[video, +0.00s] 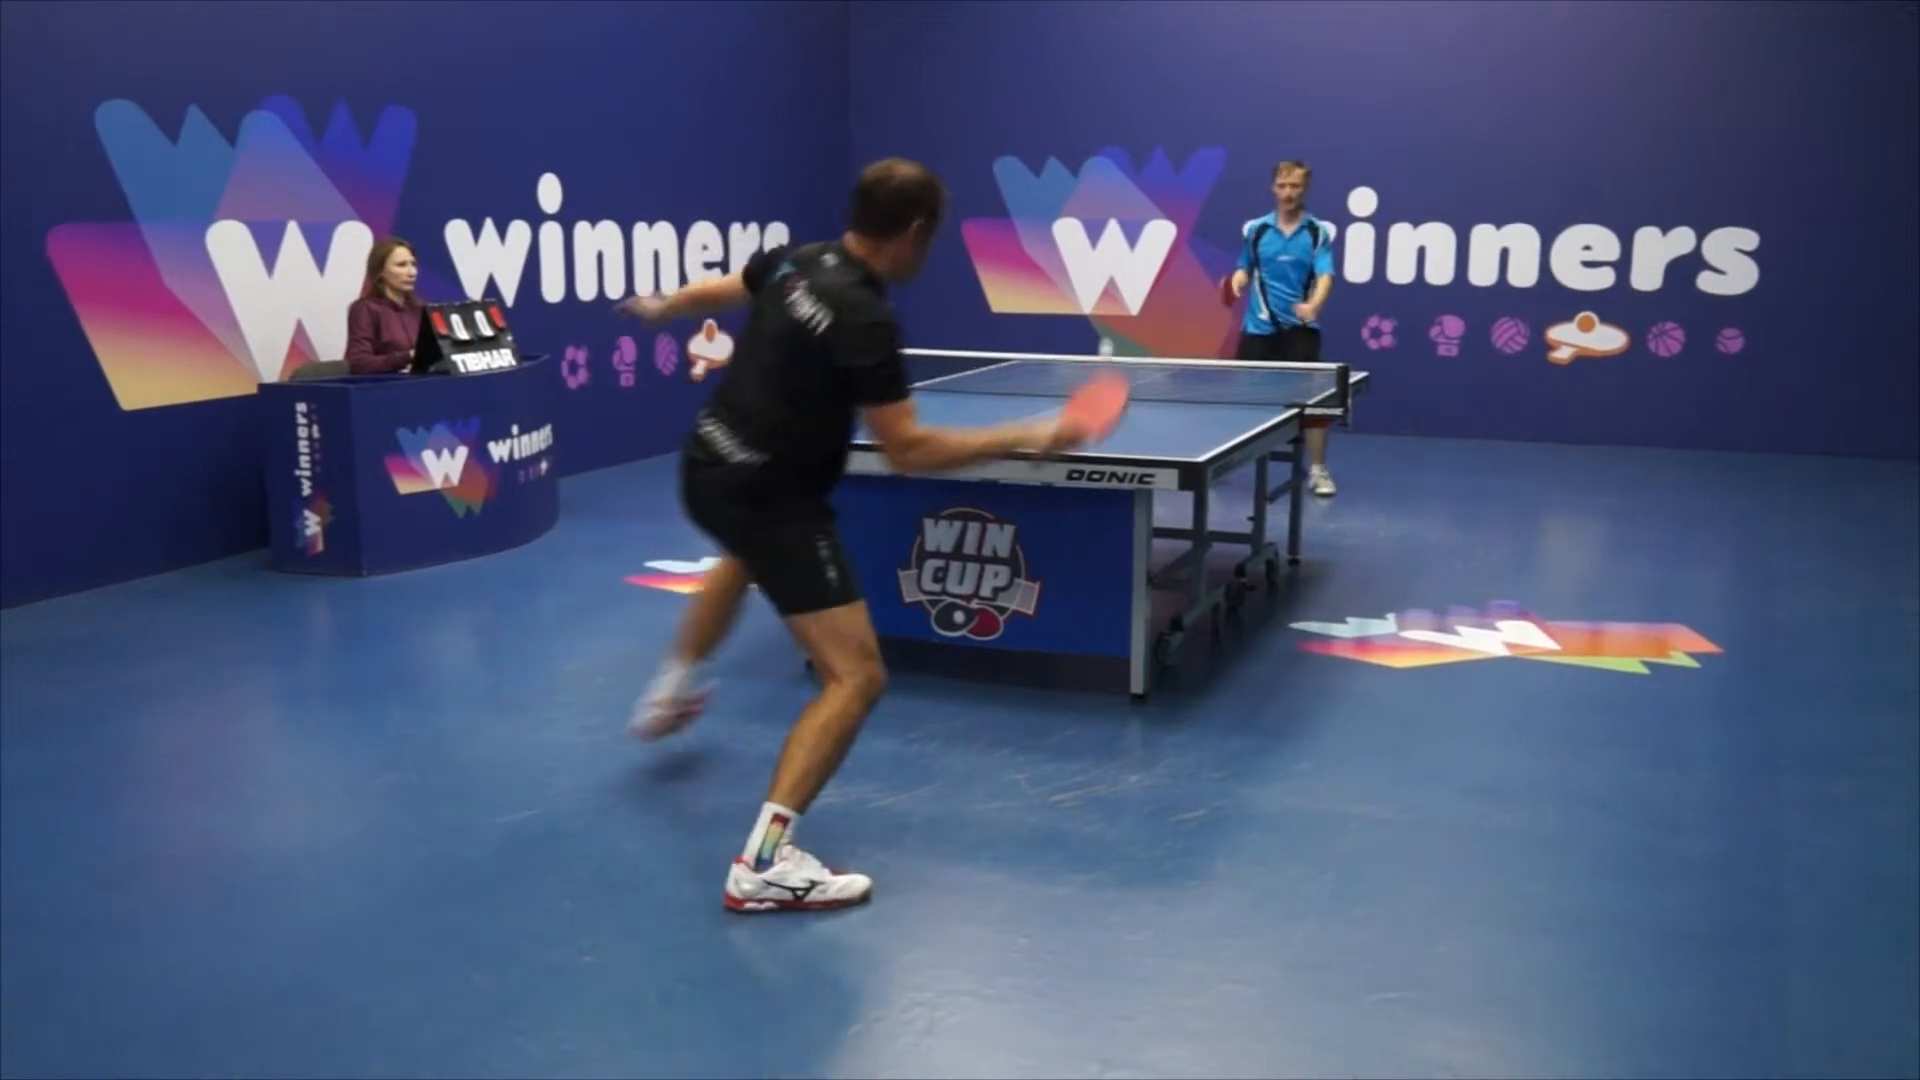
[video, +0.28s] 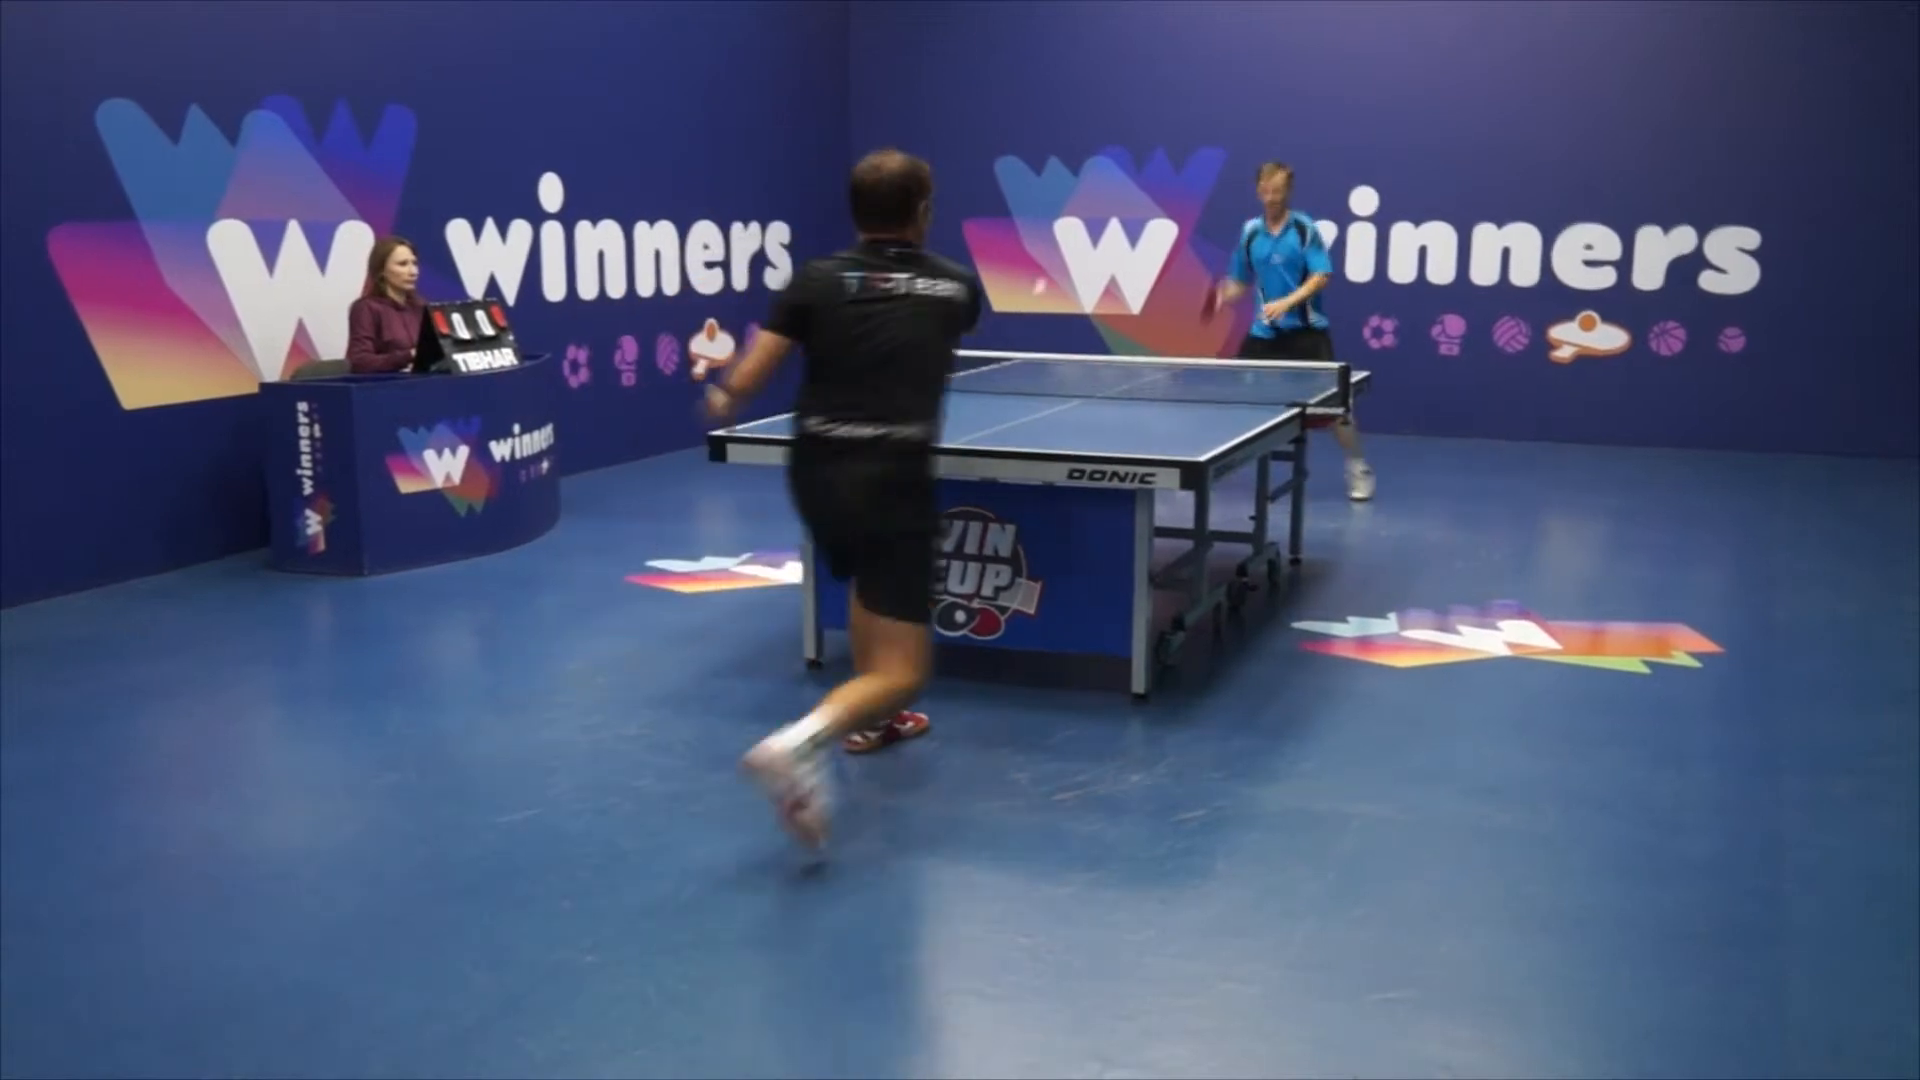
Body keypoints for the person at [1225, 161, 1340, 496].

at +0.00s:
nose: (1288, 192)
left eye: (1295, 186)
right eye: (1283, 185)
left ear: (1305, 190)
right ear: (1273, 188)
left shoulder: (1319, 232)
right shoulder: (1255, 229)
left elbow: (1325, 275)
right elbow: (1245, 268)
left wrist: (1314, 304)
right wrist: (1236, 283)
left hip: (1300, 329)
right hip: (1258, 329)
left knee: (1314, 397)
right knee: (1245, 393)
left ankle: (1317, 467)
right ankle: (1225, 462)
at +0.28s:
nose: (1271, 197)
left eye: (1278, 191)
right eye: (1267, 191)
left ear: (1288, 192)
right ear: (1258, 191)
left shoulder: (1305, 229)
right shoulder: (1250, 232)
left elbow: (1321, 275)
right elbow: (1240, 281)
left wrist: (1286, 302)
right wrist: (1225, 292)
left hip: (1305, 330)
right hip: (1264, 331)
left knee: (1330, 401)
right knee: (1237, 391)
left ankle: (1357, 467)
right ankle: (1215, 463)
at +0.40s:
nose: (1241, 217)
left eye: (1248, 210)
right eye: (1236, 210)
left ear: (1262, 210)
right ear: (1231, 213)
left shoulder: (1276, 241)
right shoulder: (1242, 249)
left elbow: (1277, 290)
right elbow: (1249, 296)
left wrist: (1230, 314)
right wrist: (1222, 328)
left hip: (1298, 341)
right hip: (1260, 339)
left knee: (1330, 408)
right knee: (1224, 394)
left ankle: (1366, 468)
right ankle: (1205, 465)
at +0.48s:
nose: (1208, 216)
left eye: (1214, 209)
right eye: (1204, 210)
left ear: (1231, 209)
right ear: (1200, 212)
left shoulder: (1241, 237)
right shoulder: (1223, 241)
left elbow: (1240, 282)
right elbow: (1238, 285)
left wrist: (1202, 319)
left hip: (1280, 342)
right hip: (1246, 340)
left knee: (1318, 404)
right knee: (1204, 391)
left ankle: (1363, 462)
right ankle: (1193, 461)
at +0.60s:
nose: (1163, 208)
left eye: (1169, 202)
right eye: (1160, 203)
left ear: (1187, 200)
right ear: (1162, 205)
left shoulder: (1202, 228)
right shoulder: (1185, 233)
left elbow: (1213, 271)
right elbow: (1194, 283)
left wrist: (1186, 313)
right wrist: (1164, 312)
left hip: (1246, 329)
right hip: (1216, 332)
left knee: (1269, 396)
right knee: (1192, 396)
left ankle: (1321, 452)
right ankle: (1183, 463)